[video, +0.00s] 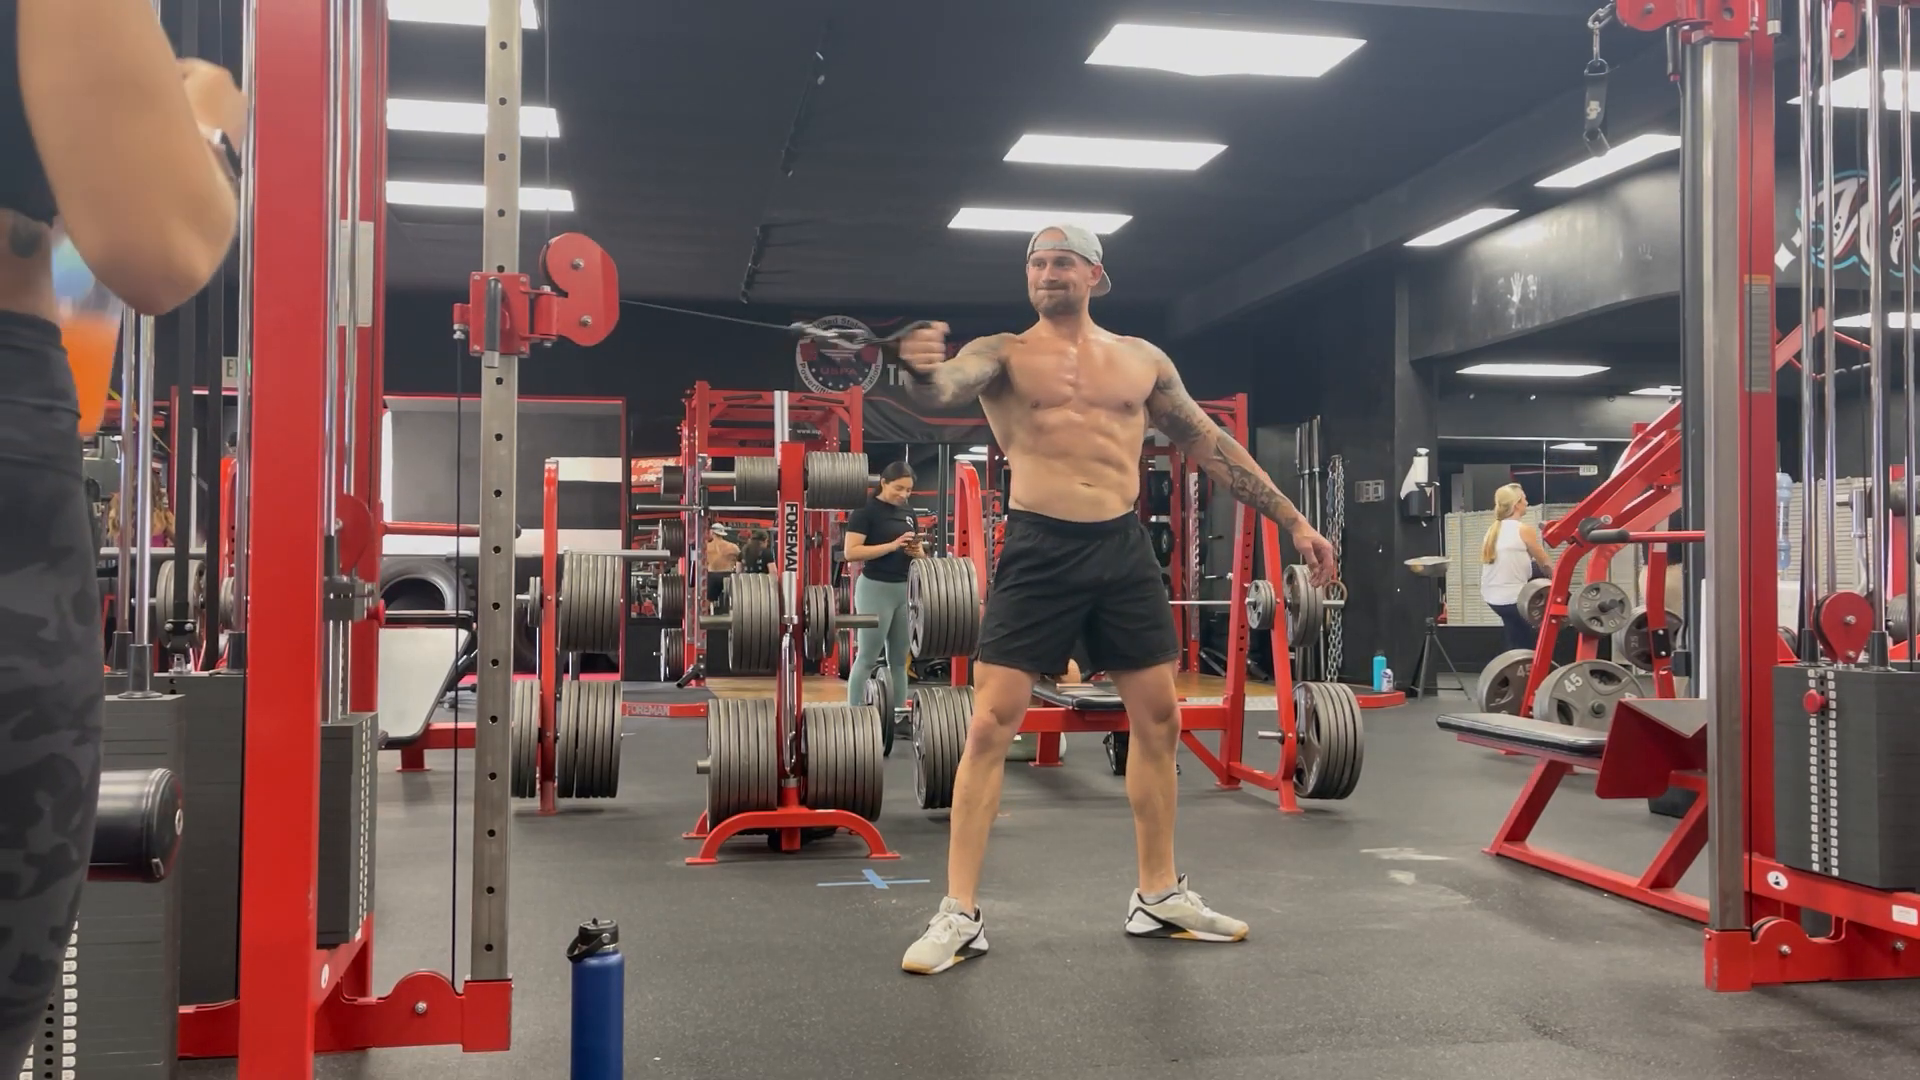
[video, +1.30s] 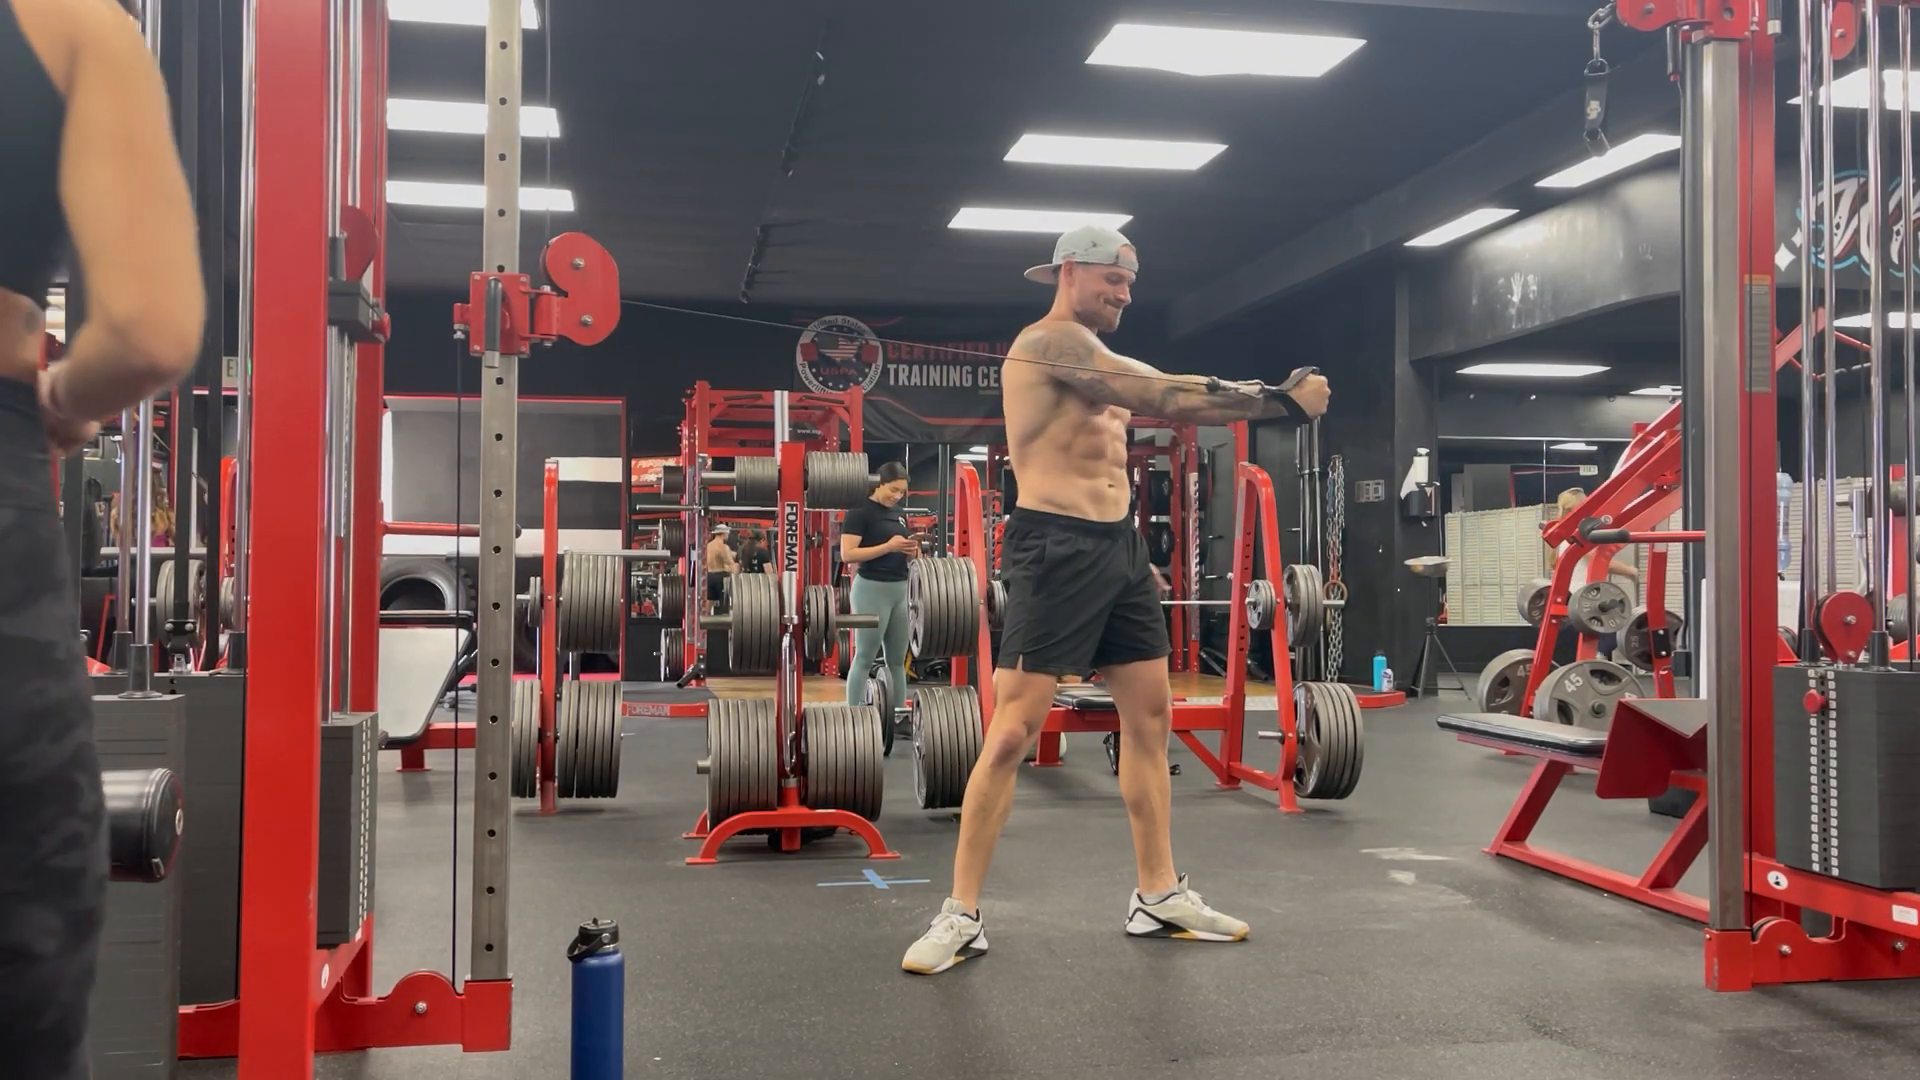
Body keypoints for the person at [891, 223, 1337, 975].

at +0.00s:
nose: (1050, 270)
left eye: (1065, 260)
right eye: (1039, 260)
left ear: (1096, 279)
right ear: (1026, 278)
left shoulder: (1143, 360)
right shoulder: (1000, 351)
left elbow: (1217, 448)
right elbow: (936, 394)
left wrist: (1297, 523)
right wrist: (915, 368)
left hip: (1124, 550)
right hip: (1035, 550)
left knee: (1159, 719)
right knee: (989, 724)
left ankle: (1158, 894)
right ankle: (959, 910)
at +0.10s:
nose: (1062, 268)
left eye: (1076, 258)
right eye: (1049, 258)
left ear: (1100, 278)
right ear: (1029, 276)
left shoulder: (1142, 361)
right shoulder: (1003, 344)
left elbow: (1214, 454)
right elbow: (955, 388)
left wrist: (1291, 526)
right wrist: (986, 368)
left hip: (1122, 550)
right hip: (1035, 550)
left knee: (1157, 719)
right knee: (989, 725)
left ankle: (1158, 895)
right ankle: (959, 910)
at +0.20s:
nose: (1077, 273)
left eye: (1089, 262)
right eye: (1064, 261)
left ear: (1106, 279)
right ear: (1036, 275)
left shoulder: (1139, 362)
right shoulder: (1004, 348)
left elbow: (1202, 458)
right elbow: (1001, 389)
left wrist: (1271, 532)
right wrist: (1058, 372)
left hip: (1122, 552)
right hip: (1038, 550)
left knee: (1154, 718)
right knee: (990, 726)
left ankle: (1158, 894)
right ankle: (959, 909)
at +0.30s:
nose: (1088, 274)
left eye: (1098, 265)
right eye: (1073, 262)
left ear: (1109, 280)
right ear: (1040, 276)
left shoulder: (1130, 368)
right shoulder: (1008, 348)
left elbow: (1188, 468)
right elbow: (1041, 393)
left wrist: (1249, 541)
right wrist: (1140, 374)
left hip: (1121, 554)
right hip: (1039, 549)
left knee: (1152, 718)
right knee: (991, 729)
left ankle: (1158, 894)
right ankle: (958, 910)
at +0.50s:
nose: (1112, 281)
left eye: (1119, 271)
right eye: (1097, 266)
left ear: (1119, 284)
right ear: (1055, 274)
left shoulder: (1121, 372)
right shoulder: (1024, 347)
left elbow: (1144, 474)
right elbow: (1110, 390)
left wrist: (1191, 552)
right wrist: (1248, 390)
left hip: (1124, 552)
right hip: (1046, 549)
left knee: (1152, 720)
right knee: (1000, 733)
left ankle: (1158, 894)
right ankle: (959, 910)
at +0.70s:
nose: (1133, 288)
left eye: (1135, 278)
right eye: (1122, 274)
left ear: (1101, 280)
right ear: (1077, 273)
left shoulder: (1104, 358)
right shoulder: (1055, 341)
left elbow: (1183, 410)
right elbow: (1158, 396)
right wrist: (1275, 405)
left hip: (1122, 551)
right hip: (1052, 549)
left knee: (1152, 720)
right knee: (1011, 734)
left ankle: (1159, 895)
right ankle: (961, 911)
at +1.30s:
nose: (1124, 291)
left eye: (1129, 281)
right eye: (1112, 275)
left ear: (1122, 290)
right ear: (1066, 275)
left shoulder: (1109, 359)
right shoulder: (1048, 340)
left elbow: (1181, 397)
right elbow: (1155, 395)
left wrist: (1275, 394)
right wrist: (1275, 398)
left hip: (1121, 551)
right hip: (1052, 548)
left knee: (1149, 720)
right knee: (1011, 736)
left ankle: (1159, 894)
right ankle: (961, 911)